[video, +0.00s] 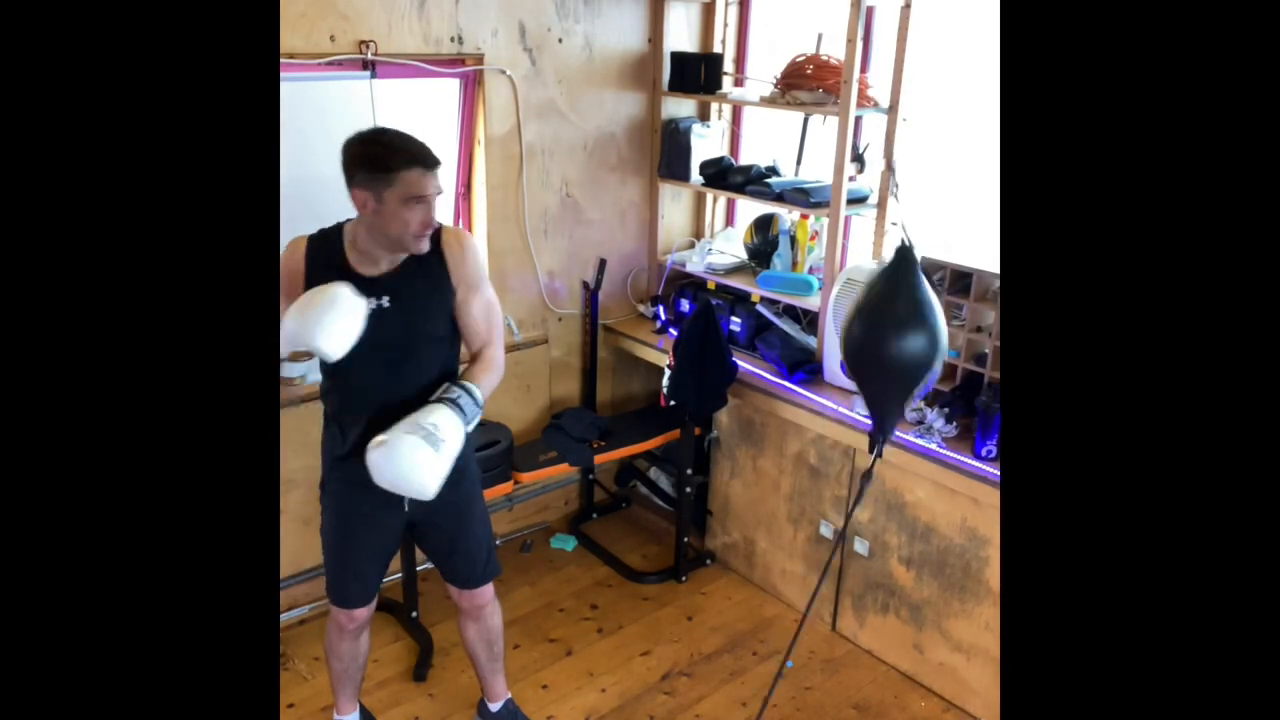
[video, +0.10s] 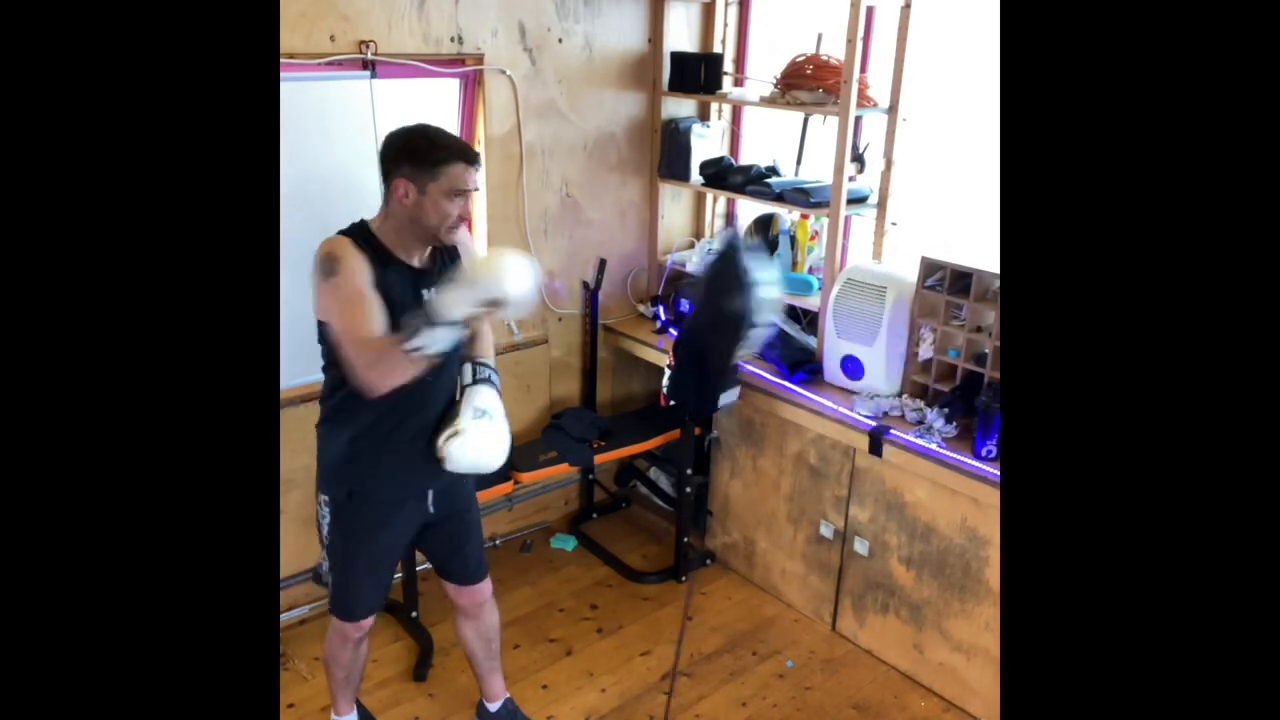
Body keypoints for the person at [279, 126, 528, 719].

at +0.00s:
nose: (432, 217)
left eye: (434, 200)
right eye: (416, 203)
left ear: (439, 194)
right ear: (363, 201)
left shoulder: (455, 251)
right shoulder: (303, 261)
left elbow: (489, 353)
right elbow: (286, 366)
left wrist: (448, 416)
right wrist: (295, 338)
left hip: (444, 451)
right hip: (355, 461)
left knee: (477, 593)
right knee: (350, 613)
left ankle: (497, 703)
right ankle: (347, 713)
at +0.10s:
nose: (467, 213)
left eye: (471, 197)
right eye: (456, 196)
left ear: (413, 193)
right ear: (404, 192)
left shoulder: (452, 256)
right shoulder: (343, 258)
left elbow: (476, 323)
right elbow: (373, 373)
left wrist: (482, 384)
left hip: (444, 460)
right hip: (368, 475)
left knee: (475, 593)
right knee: (354, 621)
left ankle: (496, 703)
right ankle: (344, 713)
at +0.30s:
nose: (491, 210)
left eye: (496, 195)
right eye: (480, 192)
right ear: (430, 185)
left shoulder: (437, 252)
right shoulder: (407, 254)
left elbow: (450, 336)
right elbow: (489, 353)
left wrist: (505, 328)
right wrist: (588, 315)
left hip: (452, 462)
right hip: (390, 476)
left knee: (478, 582)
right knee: (370, 623)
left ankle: (493, 699)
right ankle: (345, 713)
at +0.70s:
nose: (467, 218)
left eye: (472, 200)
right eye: (451, 202)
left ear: (478, 193)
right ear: (403, 196)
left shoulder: (481, 242)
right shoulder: (347, 261)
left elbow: (516, 355)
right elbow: (350, 391)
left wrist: (502, 317)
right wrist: (396, 323)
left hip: (471, 457)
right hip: (390, 471)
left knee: (488, 582)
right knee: (361, 616)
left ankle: (497, 698)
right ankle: (343, 713)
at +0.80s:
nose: (449, 240)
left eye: (458, 223)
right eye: (433, 225)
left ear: (466, 212)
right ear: (387, 212)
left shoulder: (467, 248)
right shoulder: (329, 265)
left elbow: (500, 362)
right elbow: (329, 395)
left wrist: (489, 319)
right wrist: (378, 333)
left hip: (453, 451)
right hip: (371, 462)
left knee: (489, 579)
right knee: (351, 616)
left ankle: (498, 698)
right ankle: (340, 714)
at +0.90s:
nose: (408, 245)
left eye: (419, 227)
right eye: (391, 230)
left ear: (433, 213)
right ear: (354, 216)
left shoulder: (455, 248)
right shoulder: (312, 267)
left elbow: (490, 360)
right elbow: (291, 391)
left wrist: (474, 326)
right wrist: (343, 358)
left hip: (446, 452)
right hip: (361, 464)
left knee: (490, 580)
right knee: (346, 616)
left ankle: (502, 693)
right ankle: (339, 715)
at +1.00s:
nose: (370, 241)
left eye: (386, 224)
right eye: (352, 224)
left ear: (408, 208)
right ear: (327, 209)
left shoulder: (440, 241)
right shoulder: (297, 259)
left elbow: (490, 356)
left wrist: (452, 322)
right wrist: (320, 350)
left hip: (447, 453)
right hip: (359, 466)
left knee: (496, 575)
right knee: (345, 610)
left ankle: (513, 668)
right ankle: (339, 715)